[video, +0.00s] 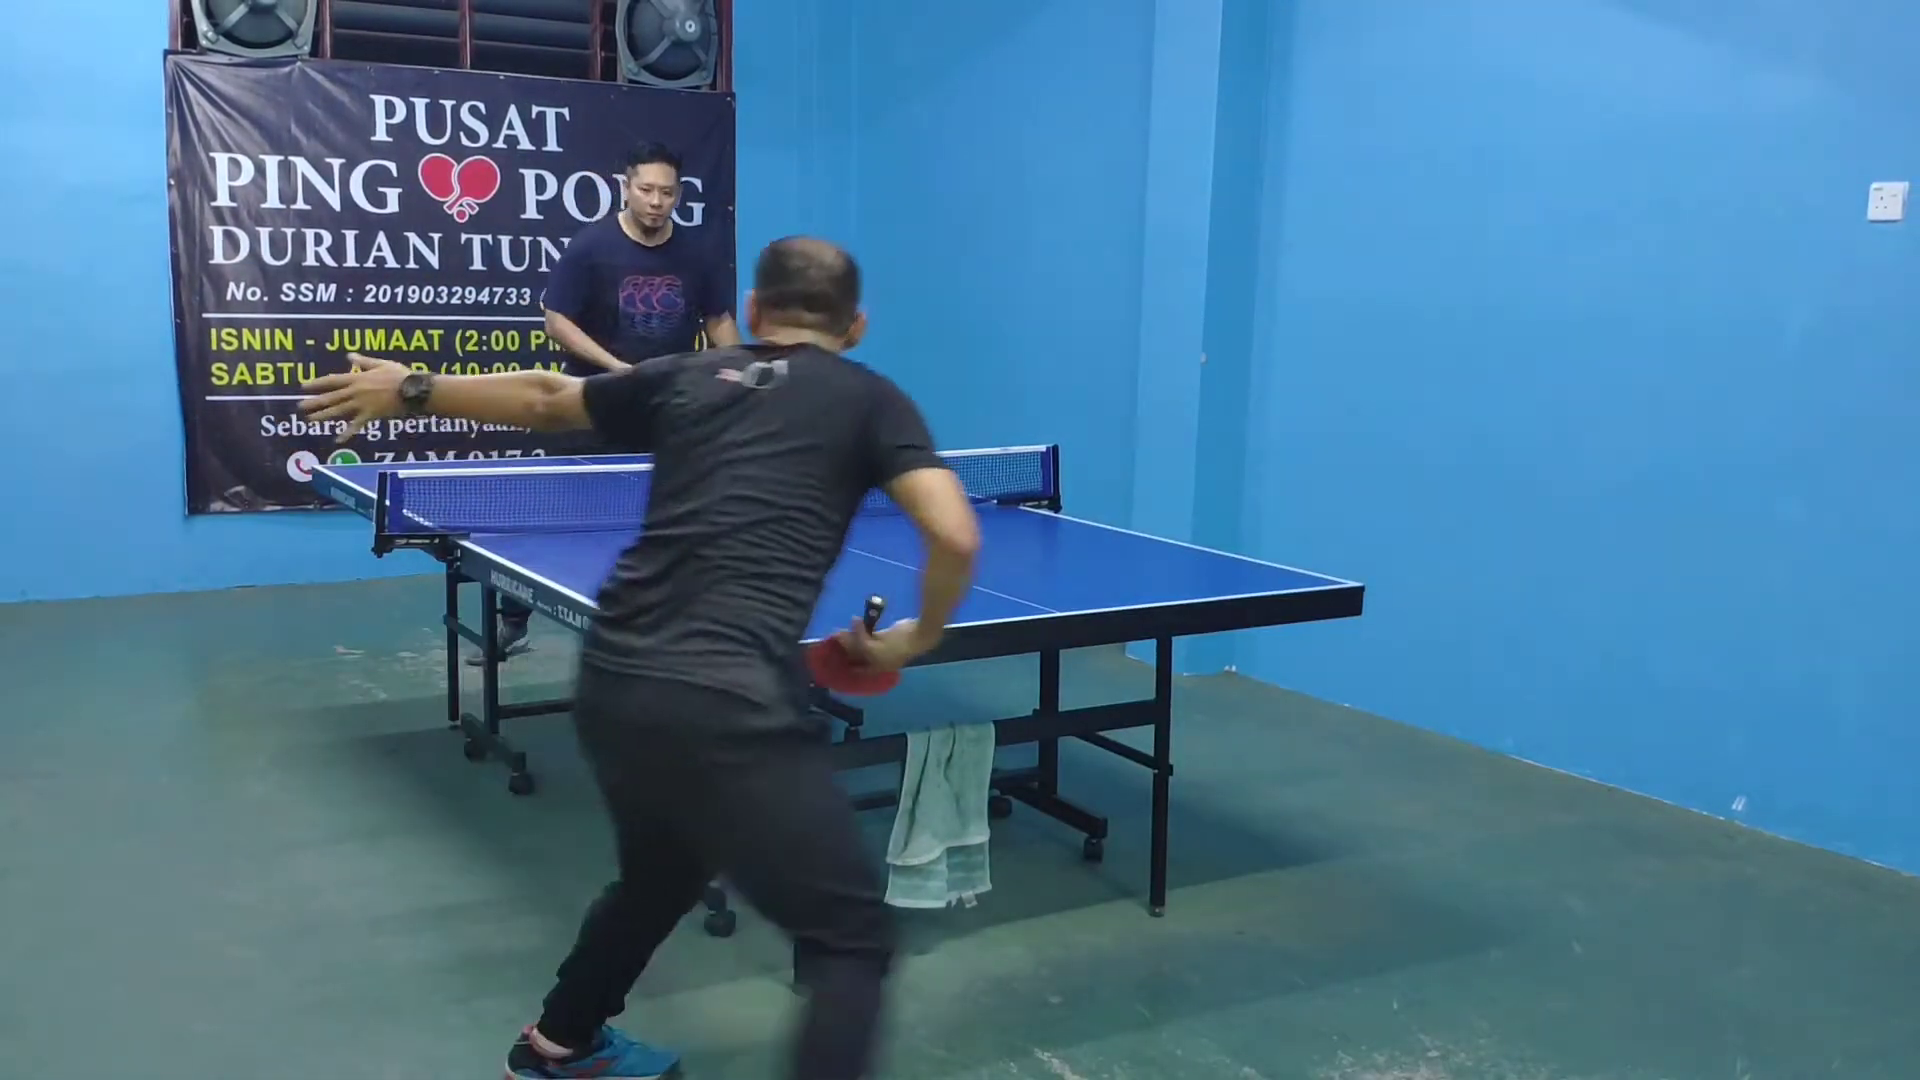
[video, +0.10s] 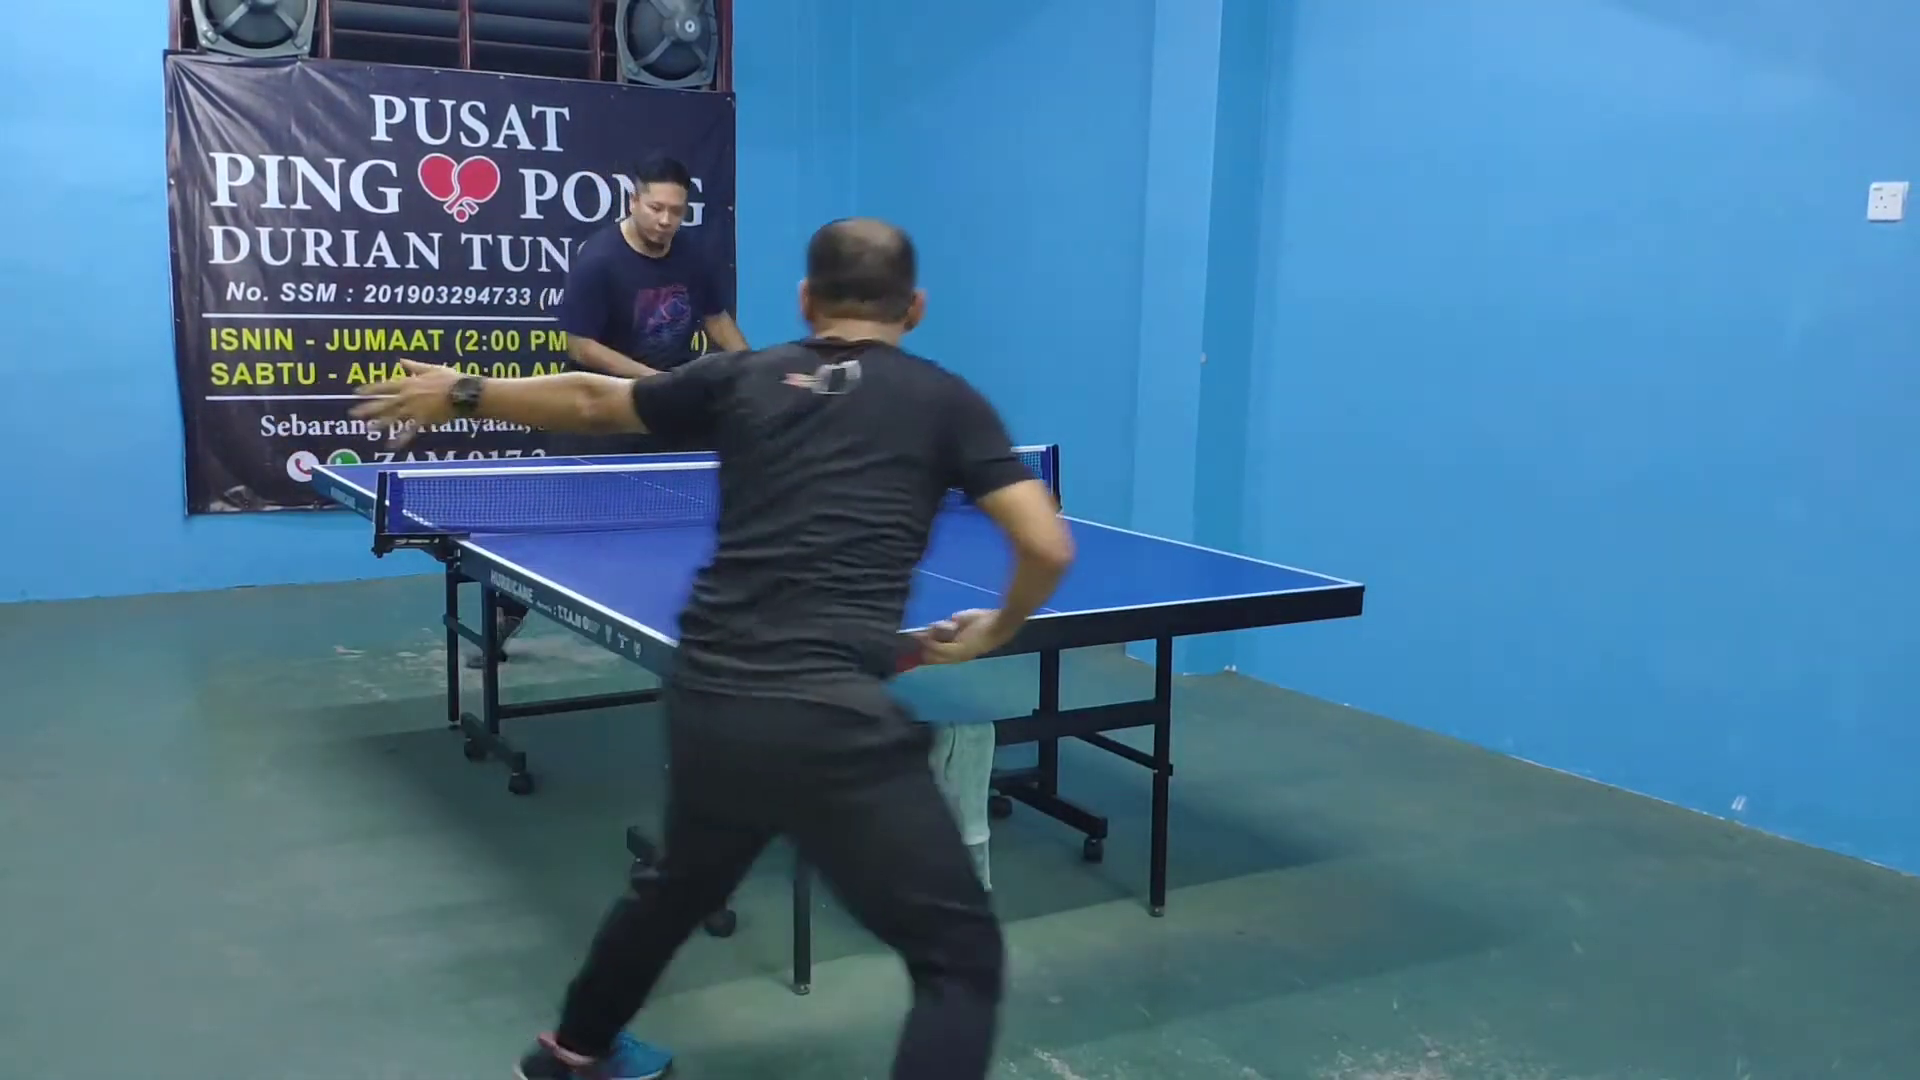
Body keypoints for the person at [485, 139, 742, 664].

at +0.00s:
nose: (657, 201)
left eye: (666, 191)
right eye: (647, 189)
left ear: (677, 196)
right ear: (626, 190)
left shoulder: (696, 254)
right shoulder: (590, 248)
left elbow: (720, 324)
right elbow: (555, 319)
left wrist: (738, 373)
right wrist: (614, 365)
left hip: (671, 412)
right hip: (594, 406)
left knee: (669, 519)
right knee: (550, 510)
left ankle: (668, 617)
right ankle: (512, 618)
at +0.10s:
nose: (665, 220)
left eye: (674, 211)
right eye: (655, 208)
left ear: (685, 211)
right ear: (633, 203)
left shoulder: (693, 255)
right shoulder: (600, 259)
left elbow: (717, 319)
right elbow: (581, 345)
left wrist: (751, 368)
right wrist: (658, 381)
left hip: (676, 410)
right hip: (604, 409)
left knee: (680, 520)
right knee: (564, 512)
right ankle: (505, 615)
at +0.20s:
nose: (672, 240)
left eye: (682, 229)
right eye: (662, 227)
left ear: (690, 226)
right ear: (636, 216)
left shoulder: (681, 262)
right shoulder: (602, 276)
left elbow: (704, 317)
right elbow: (604, 374)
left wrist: (748, 361)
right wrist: (686, 388)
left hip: (665, 419)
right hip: (595, 424)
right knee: (549, 523)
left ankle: (706, 637)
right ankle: (498, 631)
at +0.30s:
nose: (671, 251)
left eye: (679, 241)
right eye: (661, 238)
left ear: (686, 237)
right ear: (630, 228)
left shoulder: (661, 268)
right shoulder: (598, 296)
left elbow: (677, 311)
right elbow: (620, 394)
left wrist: (732, 348)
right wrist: (705, 404)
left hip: (634, 408)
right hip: (573, 417)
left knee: (718, 432)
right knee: (543, 524)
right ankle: (493, 637)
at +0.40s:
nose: (660, 252)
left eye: (666, 241)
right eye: (650, 240)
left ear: (669, 238)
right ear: (617, 234)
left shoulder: (638, 271)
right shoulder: (589, 296)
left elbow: (654, 309)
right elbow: (624, 387)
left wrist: (710, 341)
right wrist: (686, 417)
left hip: (624, 410)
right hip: (564, 417)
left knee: (700, 481)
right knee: (545, 524)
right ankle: (492, 641)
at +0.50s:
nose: (645, 241)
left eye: (652, 231)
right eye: (635, 229)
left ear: (658, 229)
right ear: (603, 223)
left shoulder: (630, 262)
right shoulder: (578, 288)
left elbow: (640, 305)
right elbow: (609, 373)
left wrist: (691, 336)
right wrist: (671, 405)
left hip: (617, 410)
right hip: (558, 416)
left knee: (667, 500)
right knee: (537, 524)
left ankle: (684, 632)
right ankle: (490, 644)